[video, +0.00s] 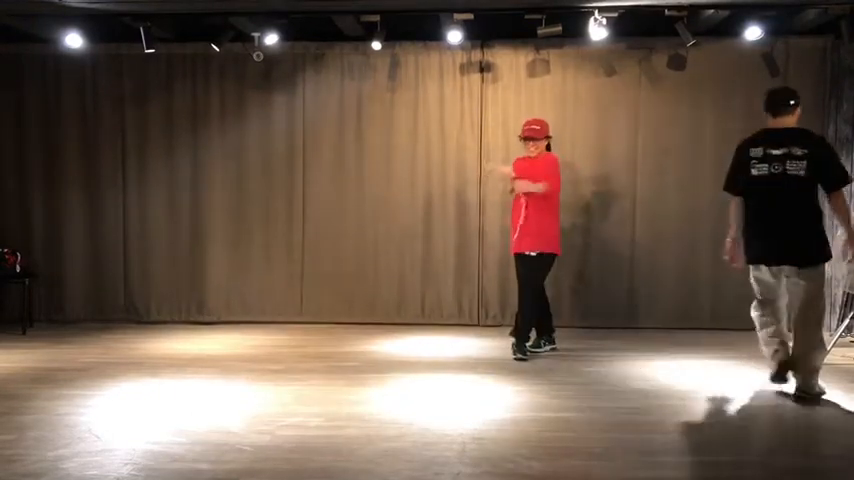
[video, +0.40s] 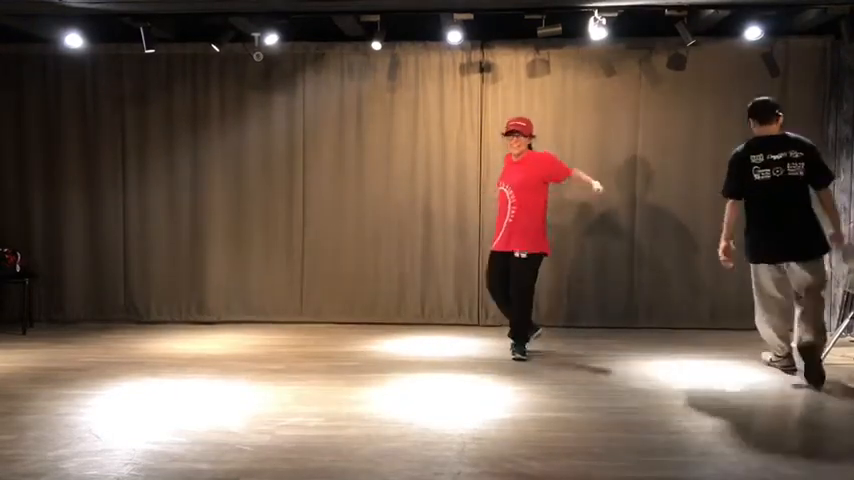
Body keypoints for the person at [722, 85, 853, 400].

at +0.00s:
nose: (798, 114)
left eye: (792, 110)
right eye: (798, 110)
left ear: (767, 112)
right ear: (797, 110)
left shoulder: (748, 147)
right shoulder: (814, 144)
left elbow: (736, 198)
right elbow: (836, 195)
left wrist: (733, 234)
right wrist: (849, 231)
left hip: (762, 244)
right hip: (805, 244)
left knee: (766, 303)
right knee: (808, 314)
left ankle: (778, 356)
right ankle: (807, 383)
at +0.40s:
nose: (776, 124)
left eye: (751, 124)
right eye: (779, 118)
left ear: (750, 123)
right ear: (780, 119)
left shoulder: (742, 156)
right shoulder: (803, 147)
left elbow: (733, 203)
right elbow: (824, 192)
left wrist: (726, 238)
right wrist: (836, 228)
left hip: (764, 243)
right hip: (803, 239)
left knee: (772, 303)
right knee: (811, 294)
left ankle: (782, 356)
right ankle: (810, 344)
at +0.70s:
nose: (730, 126)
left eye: (730, 121)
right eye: (729, 122)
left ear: (738, 120)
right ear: (759, 120)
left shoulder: (728, 151)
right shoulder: (781, 150)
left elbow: (716, 193)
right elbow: (787, 196)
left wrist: (735, 211)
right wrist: (785, 234)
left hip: (743, 233)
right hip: (773, 231)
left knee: (757, 298)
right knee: (762, 288)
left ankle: (780, 352)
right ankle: (753, 336)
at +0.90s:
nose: (710, 130)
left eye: (712, 125)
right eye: (711, 125)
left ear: (720, 125)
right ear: (735, 126)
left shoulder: (712, 155)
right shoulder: (755, 156)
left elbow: (699, 198)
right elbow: (758, 199)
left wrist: (697, 225)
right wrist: (762, 228)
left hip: (720, 230)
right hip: (748, 230)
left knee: (735, 293)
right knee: (738, 287)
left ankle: (776, 345)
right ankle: (719, 336)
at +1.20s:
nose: (668, 136)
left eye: (669, 130)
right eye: (667, 131)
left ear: (679, 127)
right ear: (688, 126)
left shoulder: (684, 153)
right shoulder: (707, 149)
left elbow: (676, 193)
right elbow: (696, 195)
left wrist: (664, 227)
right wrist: (662, 209)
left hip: (687, 231)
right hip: (710, 230)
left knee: (661, 270)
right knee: (712, 284)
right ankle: (719, 336)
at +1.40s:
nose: (636, 138)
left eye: (637, 133)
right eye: (635, 133)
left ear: (648, 131)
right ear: (655, 130)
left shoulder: (655, 156)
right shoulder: (671, 152)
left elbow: (654, 195)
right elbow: (655, 195)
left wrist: (654, 229)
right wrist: (626, 208)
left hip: (656, 235)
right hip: (676, 232)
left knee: (641, 284)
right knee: (691, 283)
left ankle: (626, 325)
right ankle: (714, 328)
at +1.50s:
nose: (621, 137)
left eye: (622, 132)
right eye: (620, 133)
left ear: (632, 130)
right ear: (640, 129)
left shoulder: (638, 155)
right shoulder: (655, 151)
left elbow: (639, 197)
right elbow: (643, 193)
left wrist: (640, 232)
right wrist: (625, 213)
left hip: (639, 231)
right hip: (658, 228)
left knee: (629, 280)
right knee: (660, 276)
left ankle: (625, 325)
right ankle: (694, 314)